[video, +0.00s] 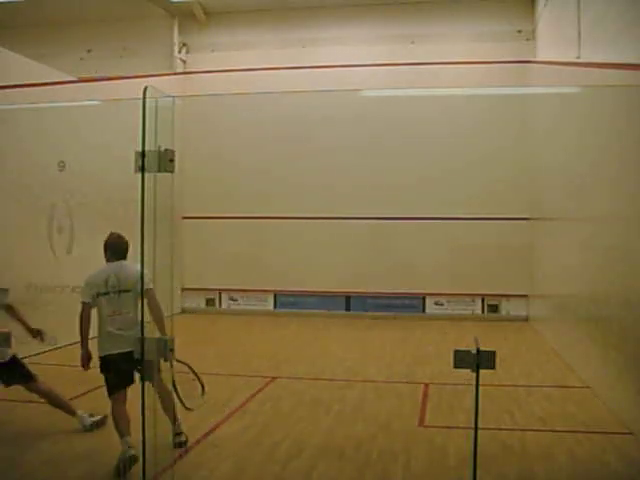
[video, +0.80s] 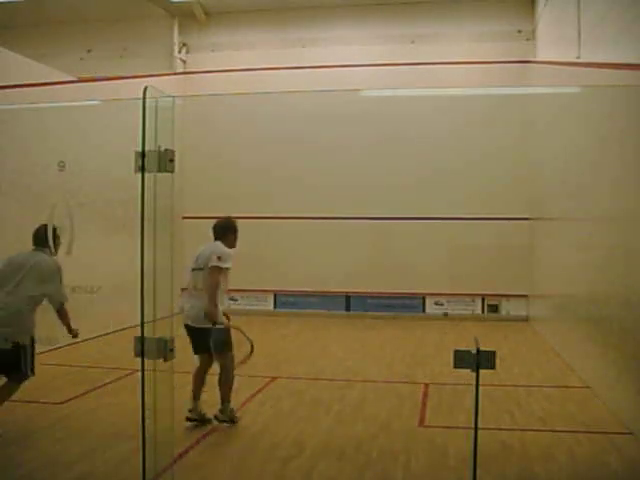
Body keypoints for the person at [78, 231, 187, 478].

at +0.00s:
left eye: (105, 249)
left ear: (104, 252)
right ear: (127, 252)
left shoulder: (94, 279)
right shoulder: (139, 273)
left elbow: (85, 314)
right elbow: (154, 305)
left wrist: (84, 348)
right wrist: (164, 337)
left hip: (111, 351)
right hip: (141, 346)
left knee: (118, 401)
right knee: (159, 383)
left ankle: (127, 446)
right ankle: (177, 430)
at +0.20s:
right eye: (143, 235)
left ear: (124, 238)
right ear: (145, 237)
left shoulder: (113, 262)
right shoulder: (156, 258)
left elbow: (101, 296)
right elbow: (170, 286)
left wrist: (101, 329)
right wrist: (176, 314)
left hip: (124, 333)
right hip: (154, 330)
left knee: (122, 375)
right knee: (167, 371)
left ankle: (122, 416)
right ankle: (178, 417)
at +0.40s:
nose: (151, 259)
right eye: (152, 255)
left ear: (134, 257)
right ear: (153, 257)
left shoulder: (120, 279)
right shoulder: (161, 279)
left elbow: (106, 307)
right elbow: (175, 308)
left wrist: (109, 333)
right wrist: (183, 325)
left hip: (127, 340)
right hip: (155, 340)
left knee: (116, 373)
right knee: (183, 367)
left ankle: (95, 410)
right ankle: (199, 411)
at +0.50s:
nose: (168, 270)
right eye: (168, 267)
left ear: (149, 268)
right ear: (168, 270)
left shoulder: (133, 288)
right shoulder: (170, 292)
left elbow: (118, 320)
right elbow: (184, 325)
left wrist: (126, 340)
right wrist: (197, 342)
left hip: (132, 348)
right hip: (158, 350)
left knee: (123, 375)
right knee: (190, 366)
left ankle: (97, 410)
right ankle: (204, 411)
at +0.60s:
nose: (190, 263)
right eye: (190, 260)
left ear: (173, 261)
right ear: (190, 261)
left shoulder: (161, 280)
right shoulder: (190, 284)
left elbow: (142, 311)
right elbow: (198, 319)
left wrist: (154, 328)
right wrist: (212, 348)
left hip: (153, 341)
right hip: (177, 343)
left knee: (136, 373)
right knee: (208, 361)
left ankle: (103, 407)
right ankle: (208, 410)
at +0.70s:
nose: (215, 246)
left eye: (214, 242)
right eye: (214, 243)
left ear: (194, 244)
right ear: (211, 244)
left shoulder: (182, 262)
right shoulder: (207, 265)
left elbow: (170, 295)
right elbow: (206, 300)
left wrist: (189, 306)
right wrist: (215, 332)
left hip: (177, 329)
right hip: (198, 330)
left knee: (166, 367)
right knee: (216, 364)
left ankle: (142, 407)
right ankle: (210, 410)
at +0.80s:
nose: (236, 239)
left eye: (236, 235)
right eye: (235, 235)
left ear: (216, 234)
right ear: (229, 235)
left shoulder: (203, 252)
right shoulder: (221, 251)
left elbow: (192, 286)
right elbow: (213, 282)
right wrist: (215, 312)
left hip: (192, 317)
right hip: (211, 317)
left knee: (205, 361)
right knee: (227, 362)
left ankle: (194, 408)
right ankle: (226, 408)